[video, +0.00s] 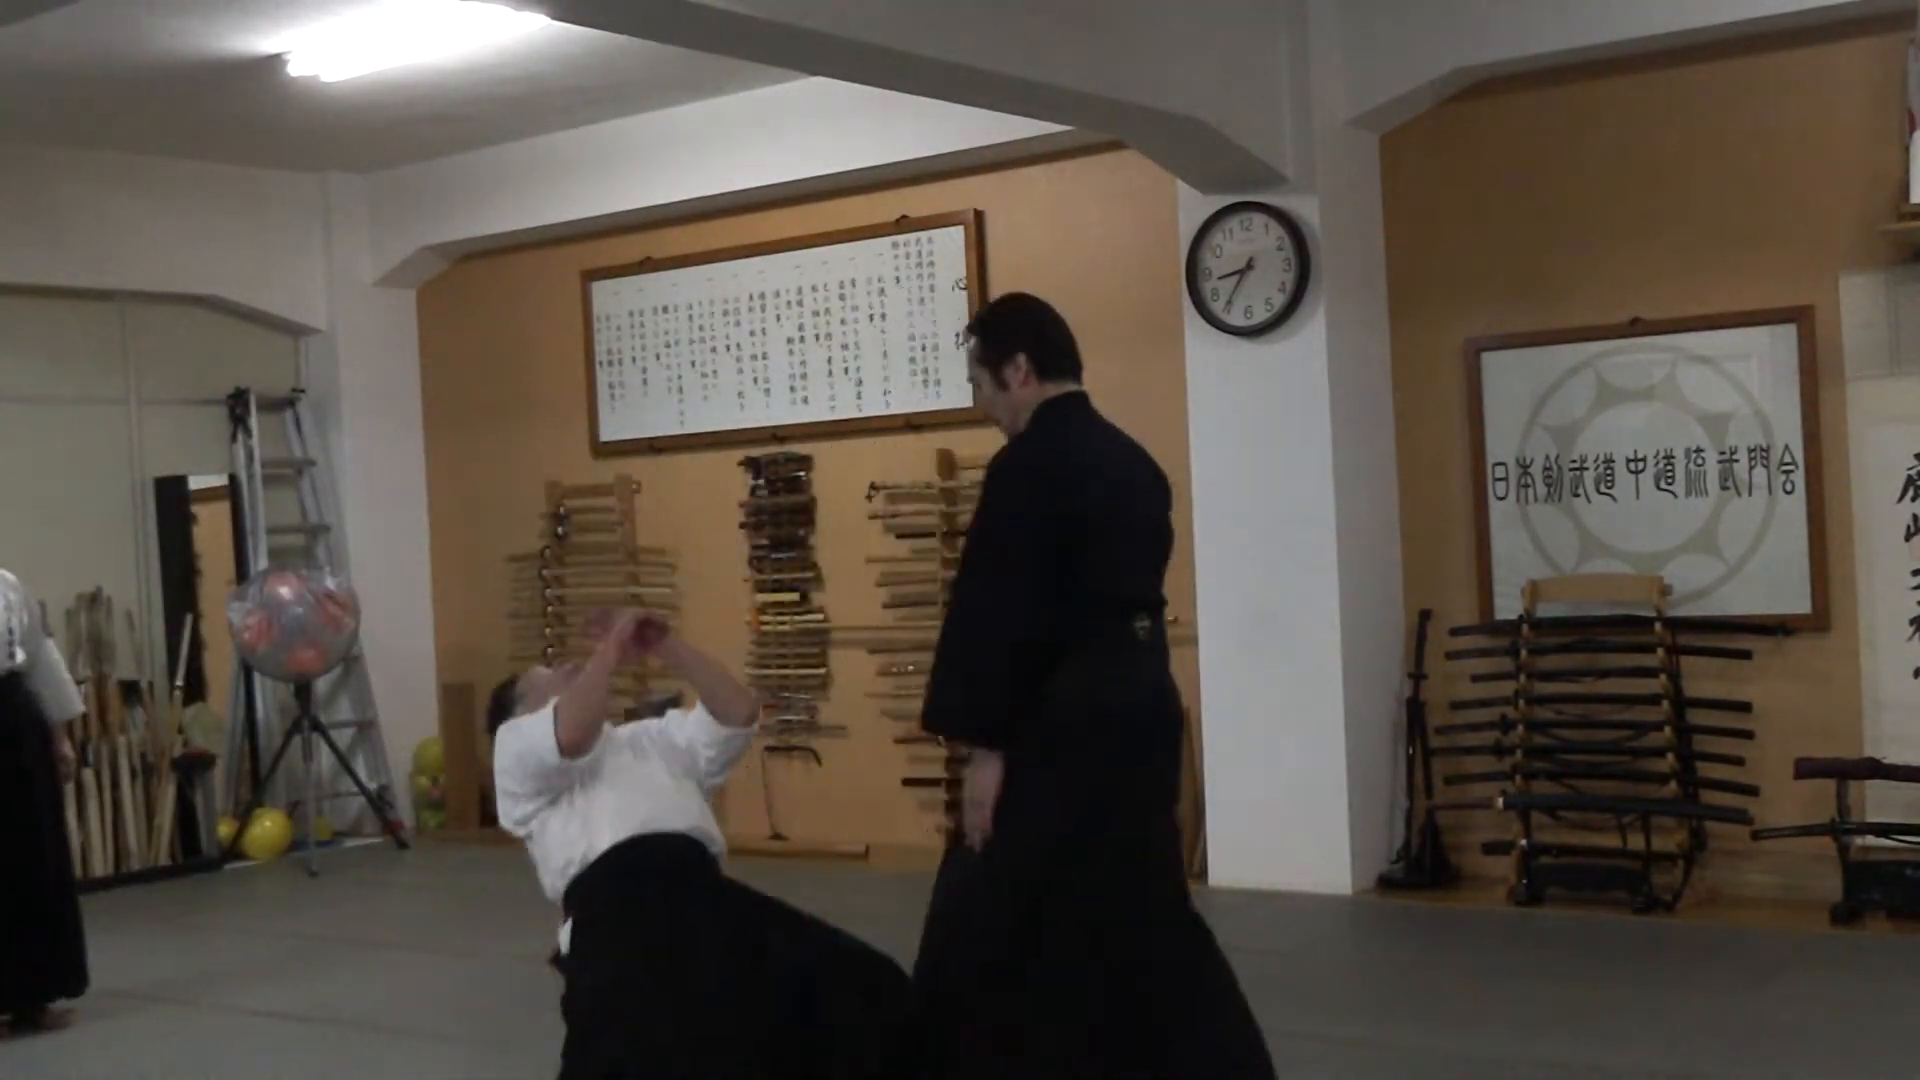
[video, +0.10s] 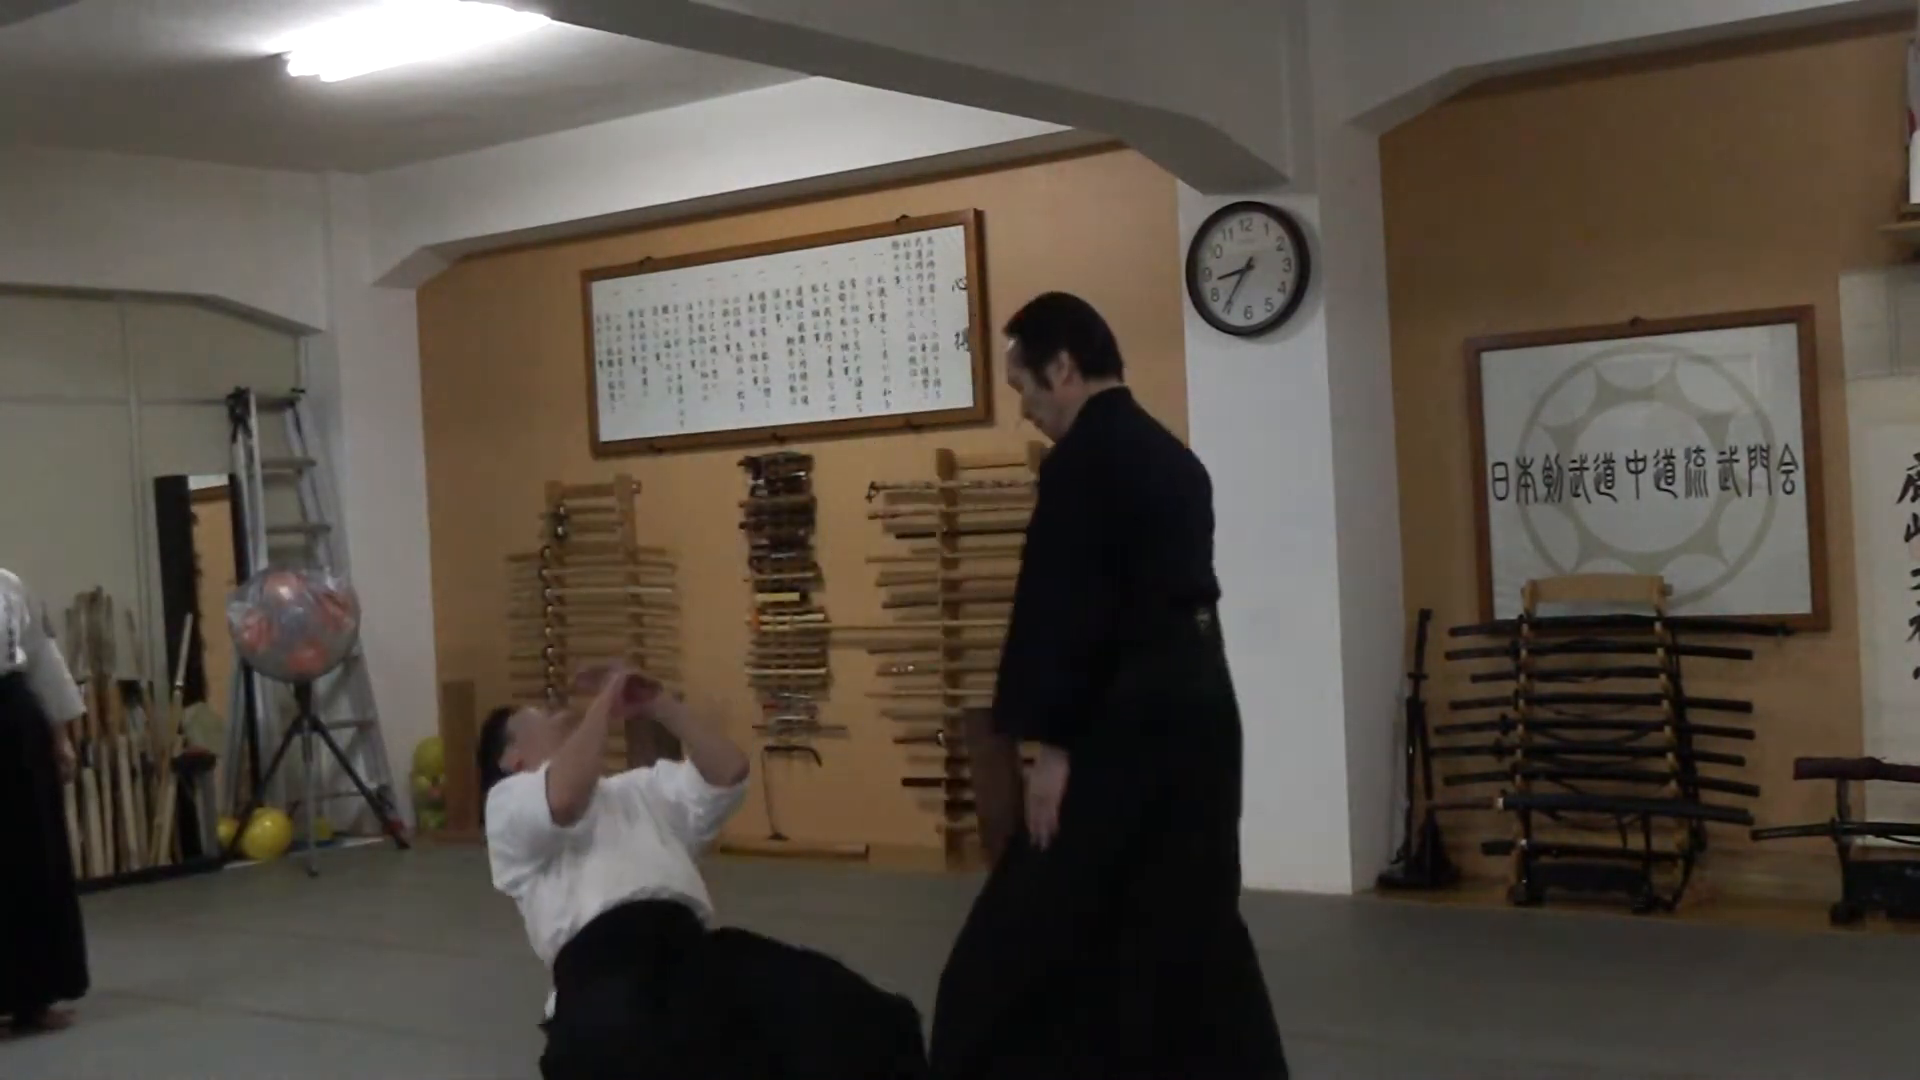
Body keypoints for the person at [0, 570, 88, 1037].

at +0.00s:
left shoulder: (11, 589)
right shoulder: (12, 590)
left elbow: (38, 657)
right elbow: (38, 659)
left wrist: (60, 731)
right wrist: (60, 732)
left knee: (30, 865)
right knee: (29, 867)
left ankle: (32, 996)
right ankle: (28, 997)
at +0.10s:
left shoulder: (12, 589)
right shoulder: (14, 590)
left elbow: (39, 657)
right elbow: (40, 658)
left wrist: (61, 731)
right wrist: (62, 731)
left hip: (20, 721)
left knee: (31, 861)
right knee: (29, 863)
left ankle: (35, 995)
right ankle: (29, 997)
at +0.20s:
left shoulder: (11, 588)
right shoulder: (14, 589)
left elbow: (42, 660)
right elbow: (43, 662)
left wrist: (62, 732)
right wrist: (63, 732)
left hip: (18, 720)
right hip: (16, 720)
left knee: (30, 859)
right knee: (28, 861)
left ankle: (33, 995)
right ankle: (28, 997)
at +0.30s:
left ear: (7, 530)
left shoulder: (13, 588)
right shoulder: (14, 589)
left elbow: (45, 663)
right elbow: (46, 666)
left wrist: (67, 726)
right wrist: (68, 727)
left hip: (20, 735)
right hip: (17, 736)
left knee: (31, 863)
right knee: (29, 865)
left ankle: (34, 994)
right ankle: (28, 996)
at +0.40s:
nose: (5, 533)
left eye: (3, 519)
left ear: (6, 524)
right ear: (4, 525)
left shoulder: (16, 590)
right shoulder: (15, 591)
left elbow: (49, 668)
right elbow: (50, 671)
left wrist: (66, 734)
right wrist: (68, 735)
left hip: (21, 737)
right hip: (18, 740)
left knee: (31, 863)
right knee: (30, 864)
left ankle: (35, 995)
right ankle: (31, 997)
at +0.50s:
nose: (3, 534)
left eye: (3, 523)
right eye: (2, 523)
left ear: (7, 524)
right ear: (4, 526)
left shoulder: (18, 590)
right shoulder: (18, 591)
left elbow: (52, 668)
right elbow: (52, 670)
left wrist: (69, 736)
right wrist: (69, 737)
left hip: (21, 737)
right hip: (18, 737)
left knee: (33, 863)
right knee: (30, 863)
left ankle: (37, 994)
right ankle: (30, 996)